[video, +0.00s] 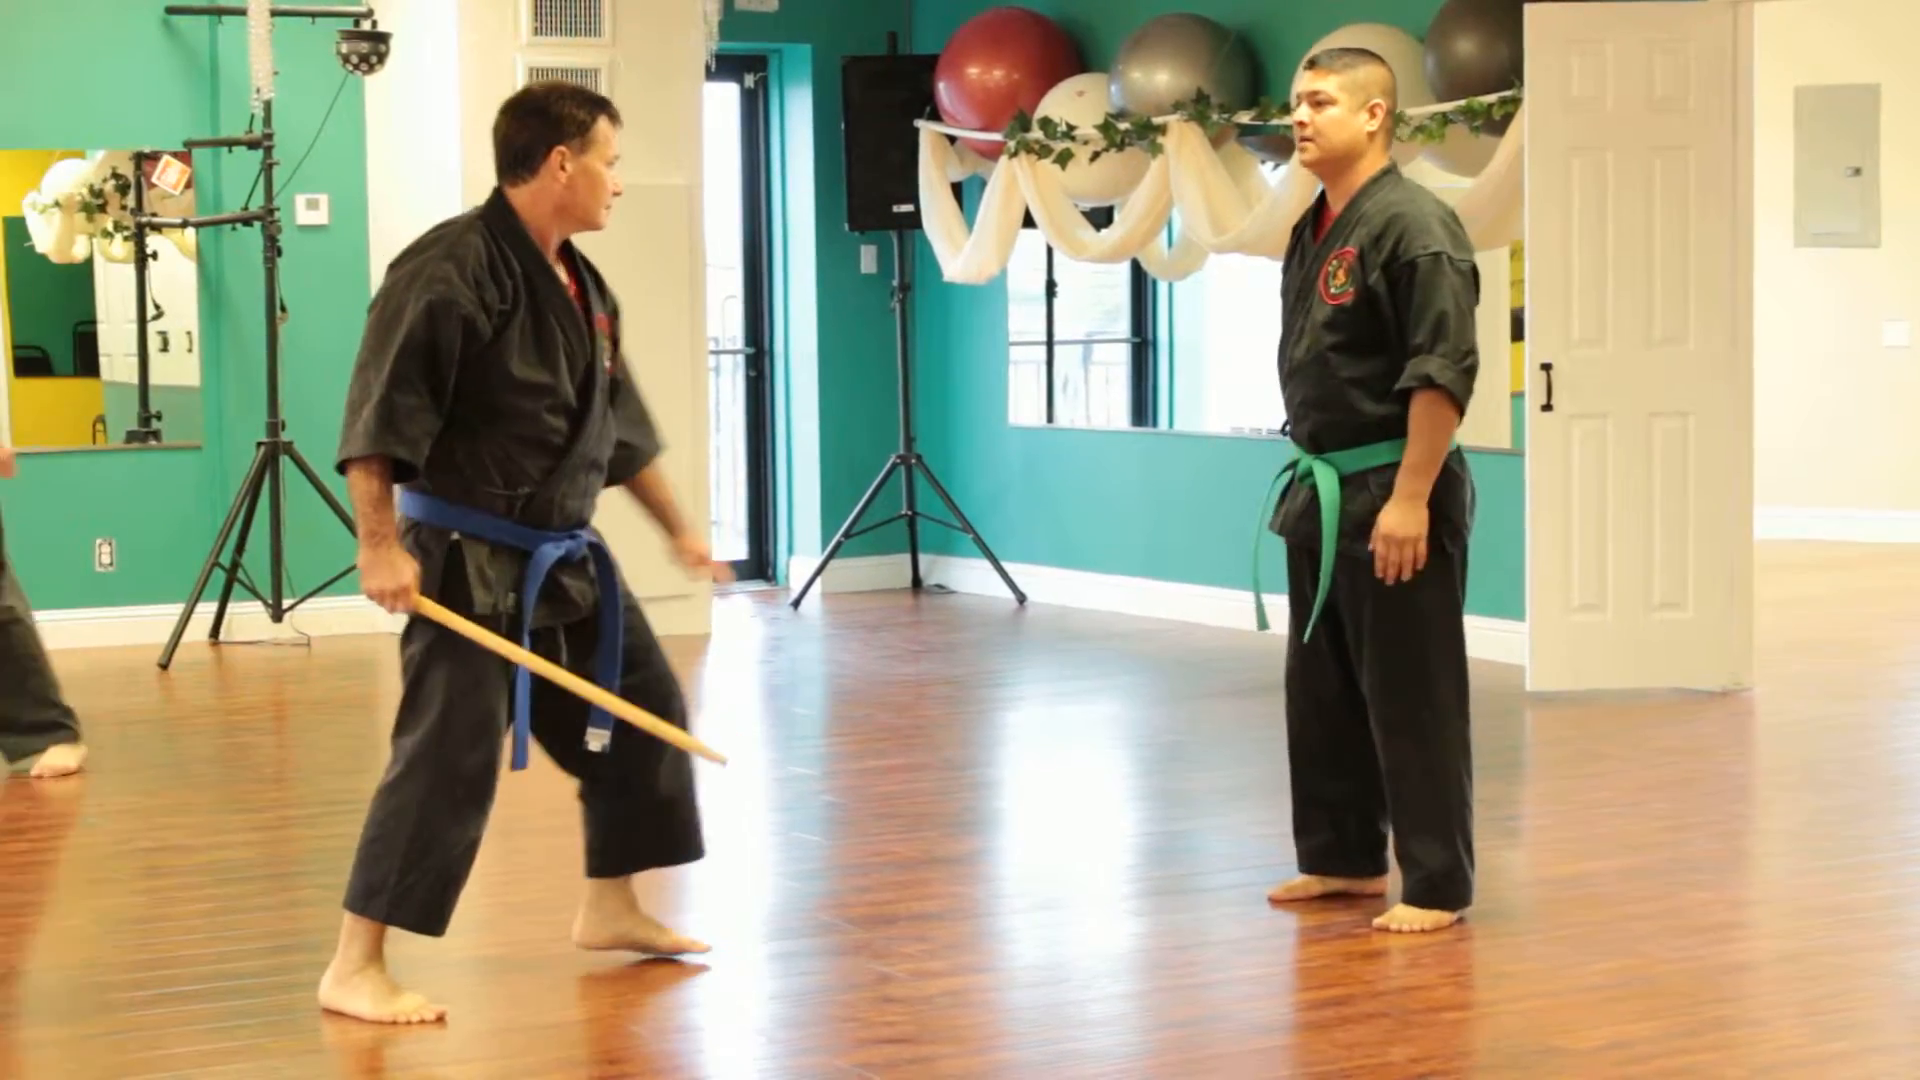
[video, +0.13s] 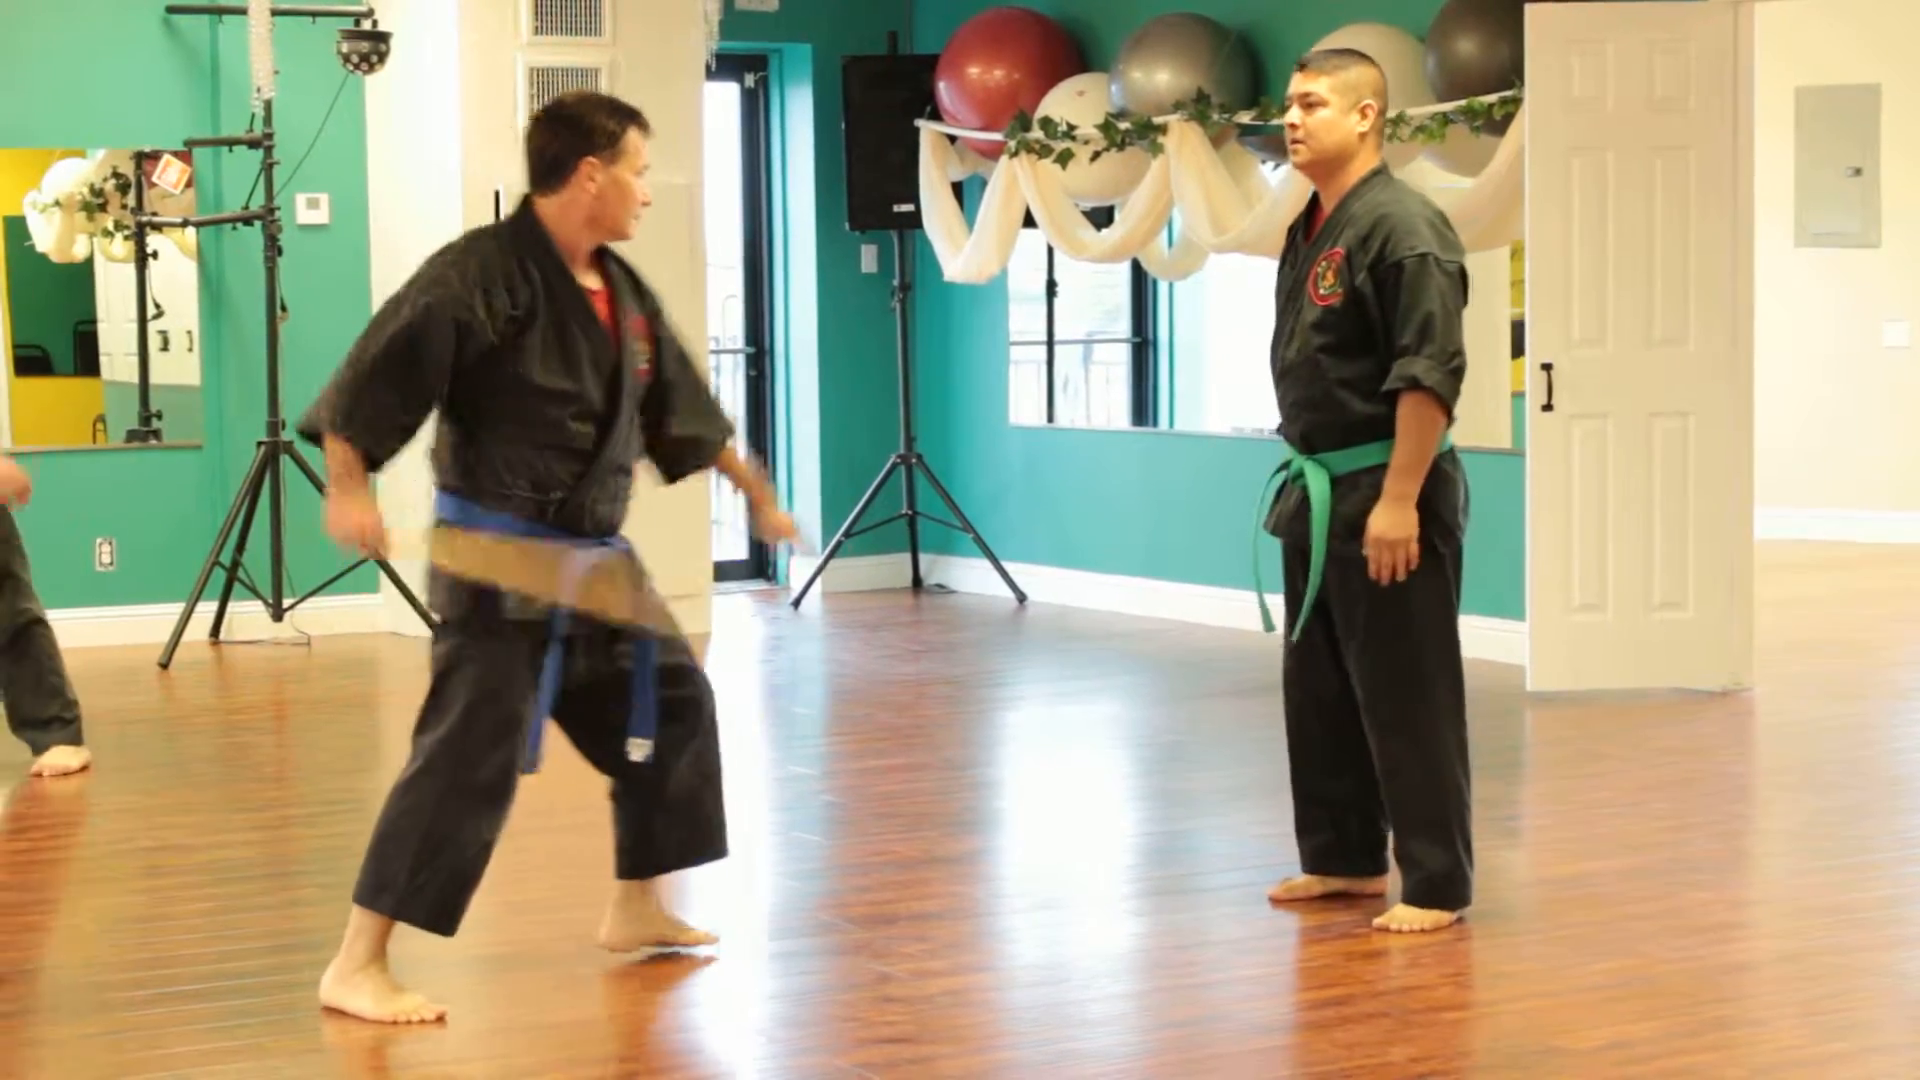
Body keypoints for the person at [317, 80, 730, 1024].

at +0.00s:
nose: (619, 184)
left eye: (618, 165)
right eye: (610, 164)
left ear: (561, 164)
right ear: (559, 164)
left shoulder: (581, 284)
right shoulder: (447, 267)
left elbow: (617, 424)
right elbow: (376, 407)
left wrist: (679, 527)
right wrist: (378, 540)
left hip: (563, 546)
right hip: (463, 545)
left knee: (641, 702)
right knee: (444, 747)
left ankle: (611, 908)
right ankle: (354, 966)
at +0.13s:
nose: (648, 194)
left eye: (647, 175)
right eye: (638, 175)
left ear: (591, 176)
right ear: (588, 175)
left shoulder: (621, 288)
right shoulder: (478, 272)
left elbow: (682, 404)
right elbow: (365, 382)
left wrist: (757, 489)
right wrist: (350, 489)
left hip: (590, 547)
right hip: (494, 541)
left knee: (672, 700)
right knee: (468, 742)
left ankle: (639, 911)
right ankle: (356, 965)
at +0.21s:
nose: (677, 201)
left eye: (677, 184)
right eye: (668, 183)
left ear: (629, 183)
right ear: (616, 181)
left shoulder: (661, 290)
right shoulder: (515, 270)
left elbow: (733, 397)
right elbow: (413, 326)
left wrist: (821, 471)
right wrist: (357, 381)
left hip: (631, 558)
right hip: (534, 553)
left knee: (699, 712)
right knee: (491, 738)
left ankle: (653, 921)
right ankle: (357, 957)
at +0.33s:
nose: (731, 201)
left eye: (732, 185)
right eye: (724, 184)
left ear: (683, 183)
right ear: (677, 182)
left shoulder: (721, 283)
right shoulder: (576, 271)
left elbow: (797, 369)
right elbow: (429, 322)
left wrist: (880, 439)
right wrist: (405, 268)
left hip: (698, 545)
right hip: (611, 542)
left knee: (737, 724)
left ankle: (655, 920)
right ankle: (444, 893)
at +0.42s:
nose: (779, 202)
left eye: (780, 184)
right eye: (771, 184)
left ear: (726, 183)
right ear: (722, 183)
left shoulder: (760, 280)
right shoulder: (627, 265)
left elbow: (832, 365)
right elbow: (499, 283)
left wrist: (910, 432)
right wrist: (483, 184)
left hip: (745, 540)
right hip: (662, 541)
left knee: (745, 728)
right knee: (739, 728)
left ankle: (656, 917)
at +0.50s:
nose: (826, 198)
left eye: (826, 182)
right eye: (817, 179)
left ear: (771, 182)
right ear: (769, 177)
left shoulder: (795, 284)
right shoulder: (685, 254)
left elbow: (861, 376)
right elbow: (604, 257)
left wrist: (931, 446)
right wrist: (592, 148)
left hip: (752, 535)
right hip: (725, 538)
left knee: (736, 730)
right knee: (862, 694)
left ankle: (655, 916)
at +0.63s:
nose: (884, 205)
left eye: (885, 186)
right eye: (872, 185)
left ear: (842, 187)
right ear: (825, 183)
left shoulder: (829, 282)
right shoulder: (787, 266)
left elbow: (873, 401)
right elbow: (793, 225)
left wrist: (939, 471)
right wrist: (831, 106)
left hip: (759, 566)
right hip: (825, 564)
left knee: (746, 739)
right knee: (969, 692)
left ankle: (649, 911)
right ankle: (1059, 871)